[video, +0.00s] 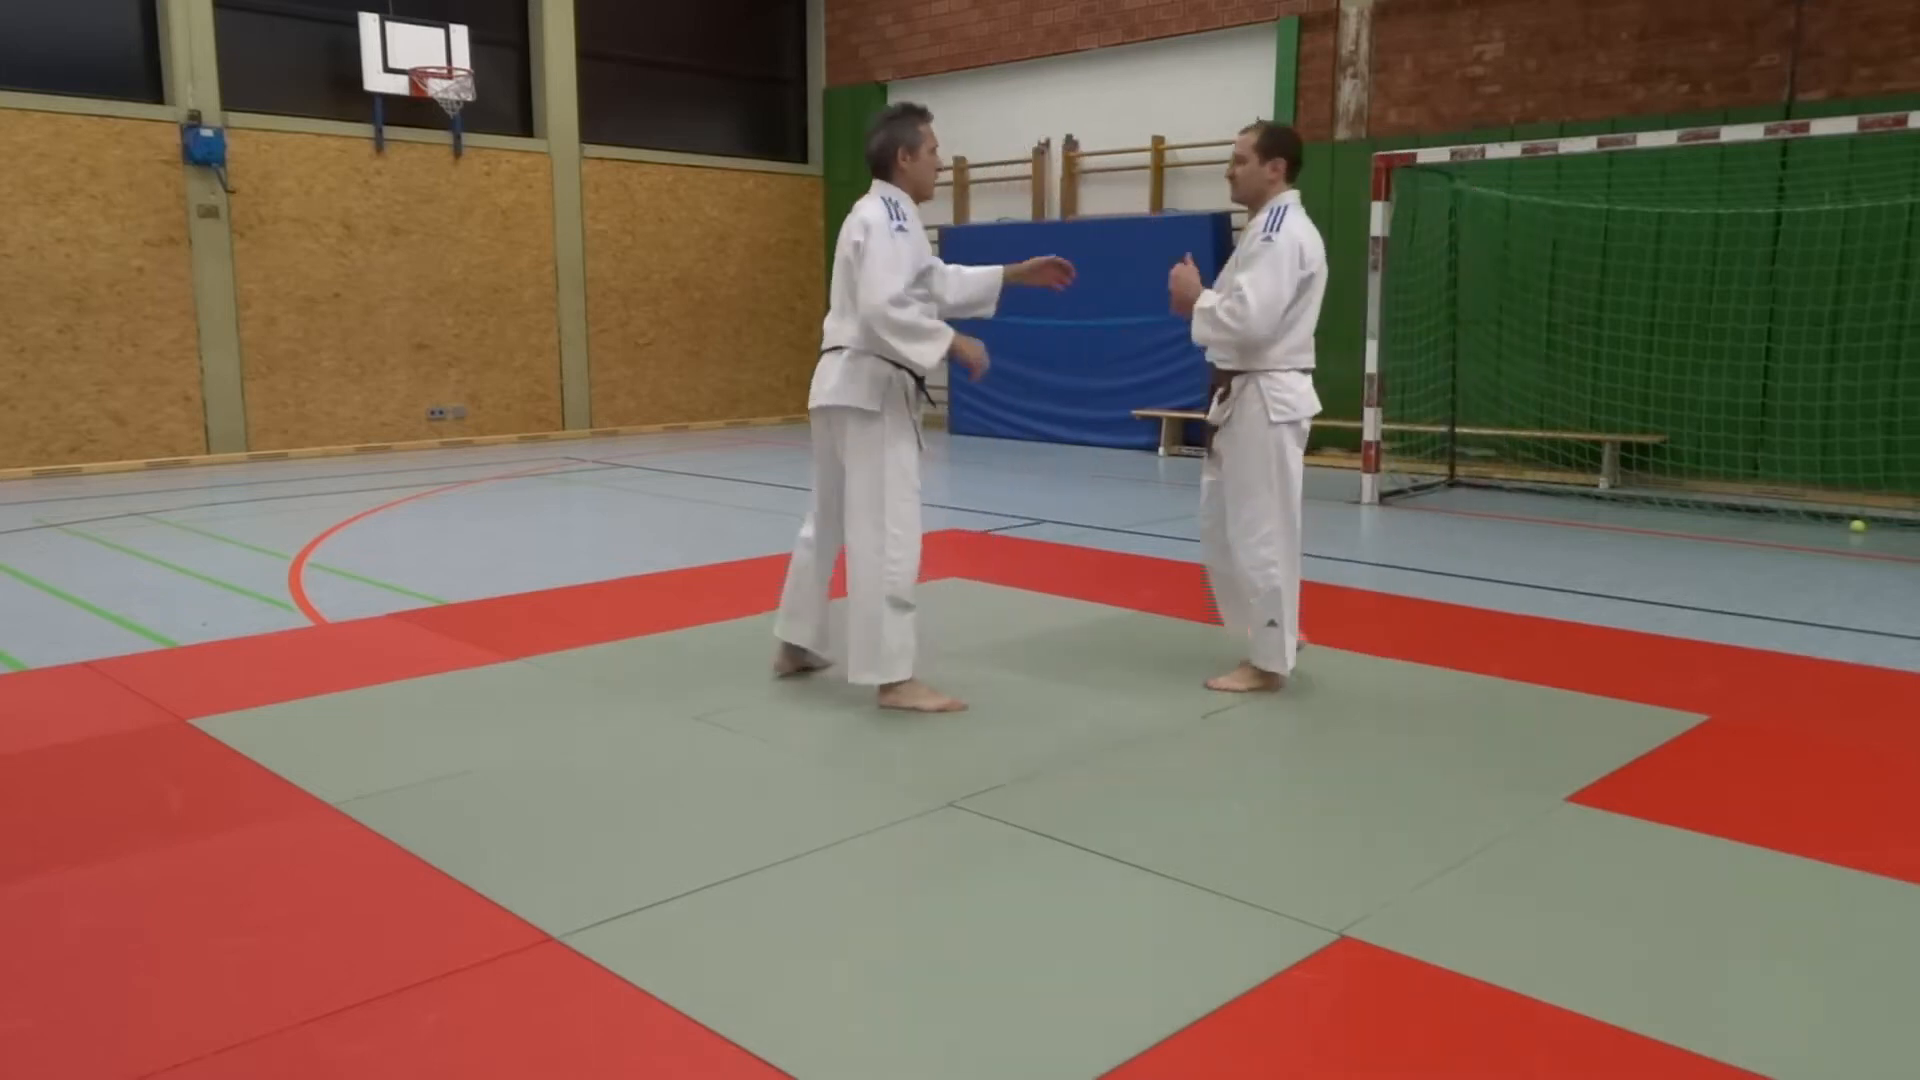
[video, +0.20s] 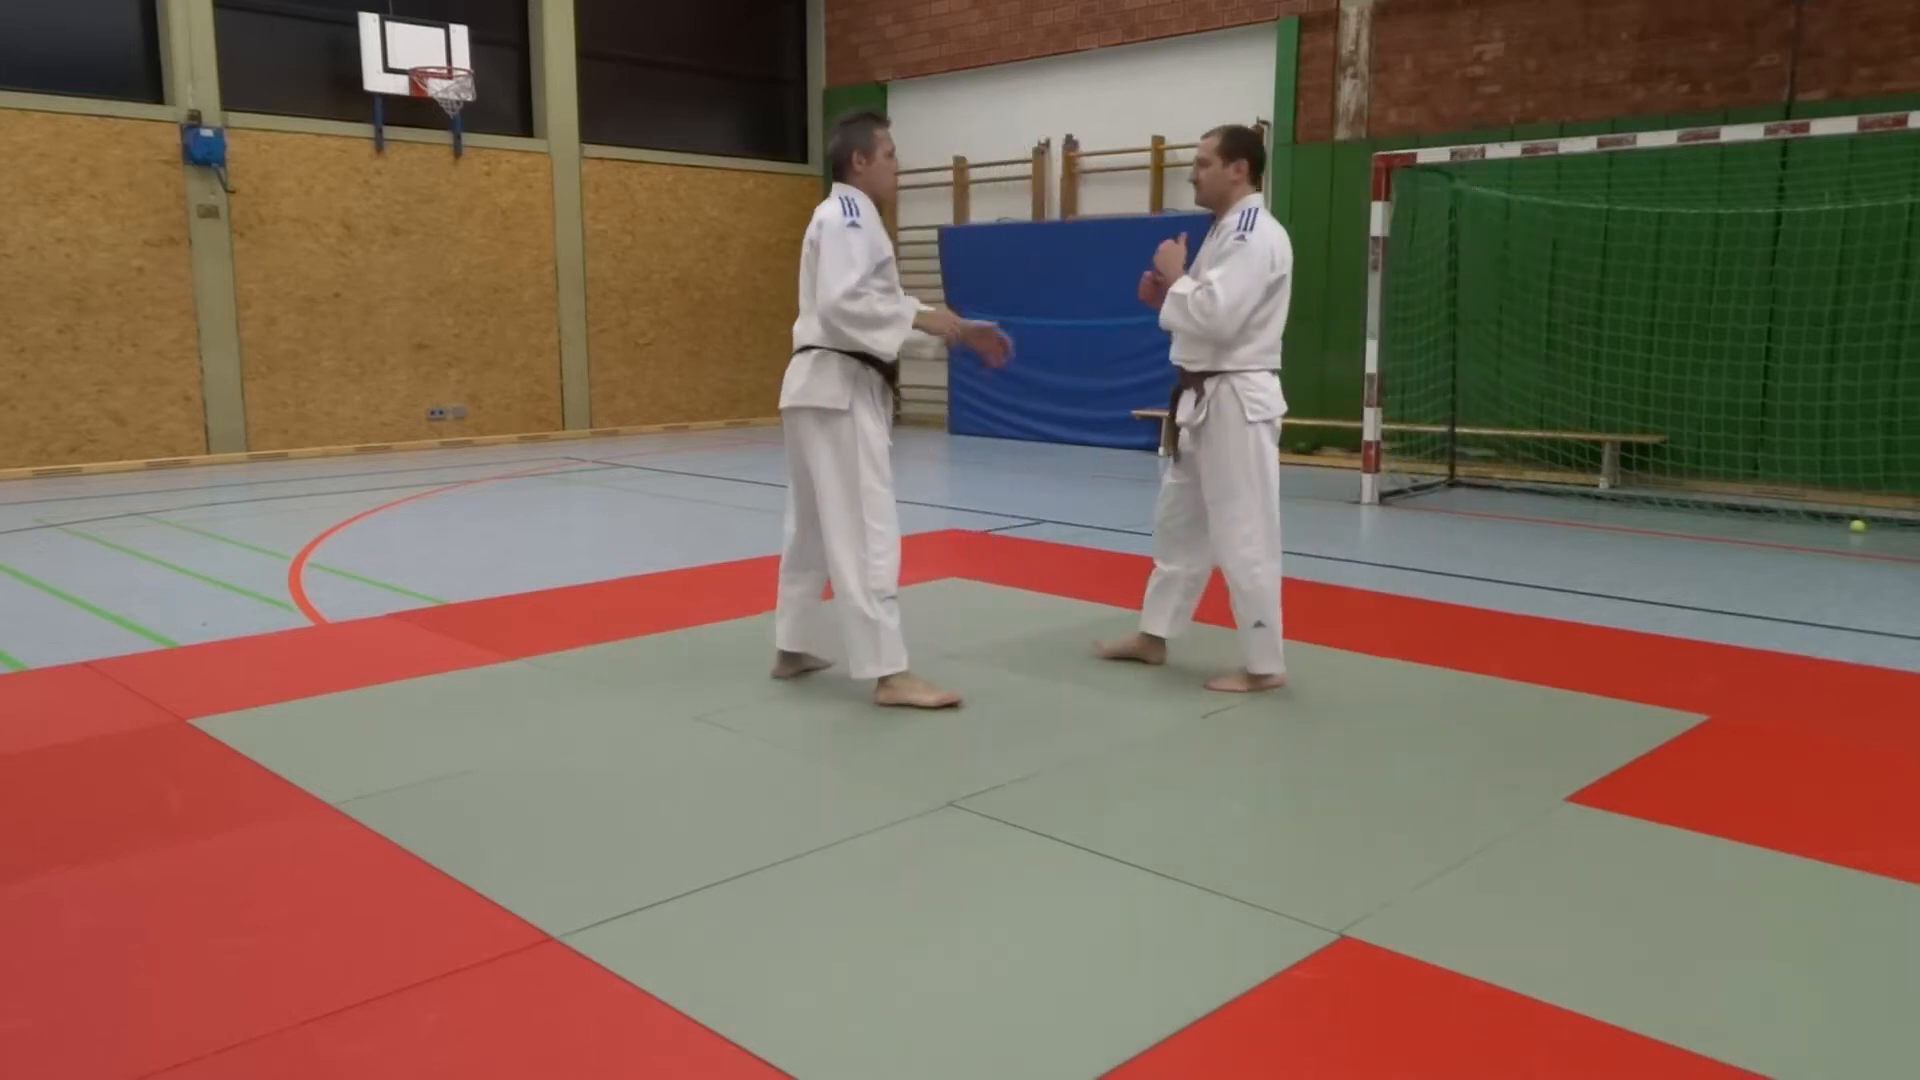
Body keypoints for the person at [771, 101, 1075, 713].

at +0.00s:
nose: (941, 162)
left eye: (937, 150)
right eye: (932, 150)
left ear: (897, 159)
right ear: (904, 157)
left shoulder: (883, 214)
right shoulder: (889, 216)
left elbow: (933, 283)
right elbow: (884, 305)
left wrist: (1015, 274)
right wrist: (953, 342)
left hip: (840, 384)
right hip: (872, 388)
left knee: (829, 520)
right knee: (891, 531)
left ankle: (797, 646)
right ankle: (894, 679)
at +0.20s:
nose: (898, 169)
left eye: (895, 157)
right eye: (891, 157)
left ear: (854, 164)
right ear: (862, 161)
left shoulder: (843, 215)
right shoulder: (848, 215)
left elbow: (886, 305)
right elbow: (844, 300)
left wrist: (960, 335)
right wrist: (926, 319)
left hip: (816, 383)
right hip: (839, 386)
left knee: (811, 519)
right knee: (870, 527)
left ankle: (791, 650)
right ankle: (891, 674)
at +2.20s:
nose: (890, 180)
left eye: (888, 171)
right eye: (880, 171)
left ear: (856, 177)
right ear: (847, 175)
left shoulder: (863, 232)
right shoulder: (831, 226)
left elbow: (909, 300)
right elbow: (898, 240)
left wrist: (986, 306)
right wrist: (956, 223)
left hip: (866, 382)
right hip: (842, 382)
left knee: (866, 514)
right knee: (861, 517)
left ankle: (857, 622)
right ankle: (856, 654)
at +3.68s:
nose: (853, 187)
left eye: (852, 175)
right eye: (845, 175)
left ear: (820, 176)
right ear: (813, 176)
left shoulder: (826, 240)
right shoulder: (780, 226)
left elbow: (868, 302)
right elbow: (856, 252)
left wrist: (942, 291)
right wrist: (945, 231)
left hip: (803, 389)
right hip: (755, 382)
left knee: (815, 501)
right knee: (740, 509)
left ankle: (815, 615)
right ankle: (728, 638)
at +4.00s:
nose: (875, 186)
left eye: (875, 177)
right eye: (867, 176)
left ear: (851, 180)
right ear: (834, 178)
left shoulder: (859, 241)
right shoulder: (809, 223)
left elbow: (896, 302)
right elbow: (880, 232)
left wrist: (967, 293)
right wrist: (971, 214)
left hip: (820, 389)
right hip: (778, 380)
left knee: (835, 501)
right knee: (757, 510)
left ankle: (841, 615)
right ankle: (730, 638)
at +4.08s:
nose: (894, 184)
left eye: (894, 176)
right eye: (883, 176)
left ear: (887, 183)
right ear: (849, 181)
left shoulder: (883, 240)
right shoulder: (831, 220)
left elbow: (921, 304)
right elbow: (896, 239)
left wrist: (999, 292)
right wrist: (991, 231)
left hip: (836, 386)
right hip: (792, 378)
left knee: (848, 501)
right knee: (771, 508)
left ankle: (845, 615)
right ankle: (737, 635)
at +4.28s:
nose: (961, 206)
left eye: (963, 197)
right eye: (949, 196)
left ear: (961, 206)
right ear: (915, 203)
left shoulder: (944, 265)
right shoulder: (892, 242)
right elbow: (947, 280)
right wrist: (1032, 261)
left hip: (867, 398)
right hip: (829, 379)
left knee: (889, 502)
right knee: (841, 495)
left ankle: (853, 615)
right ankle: (765, 615)